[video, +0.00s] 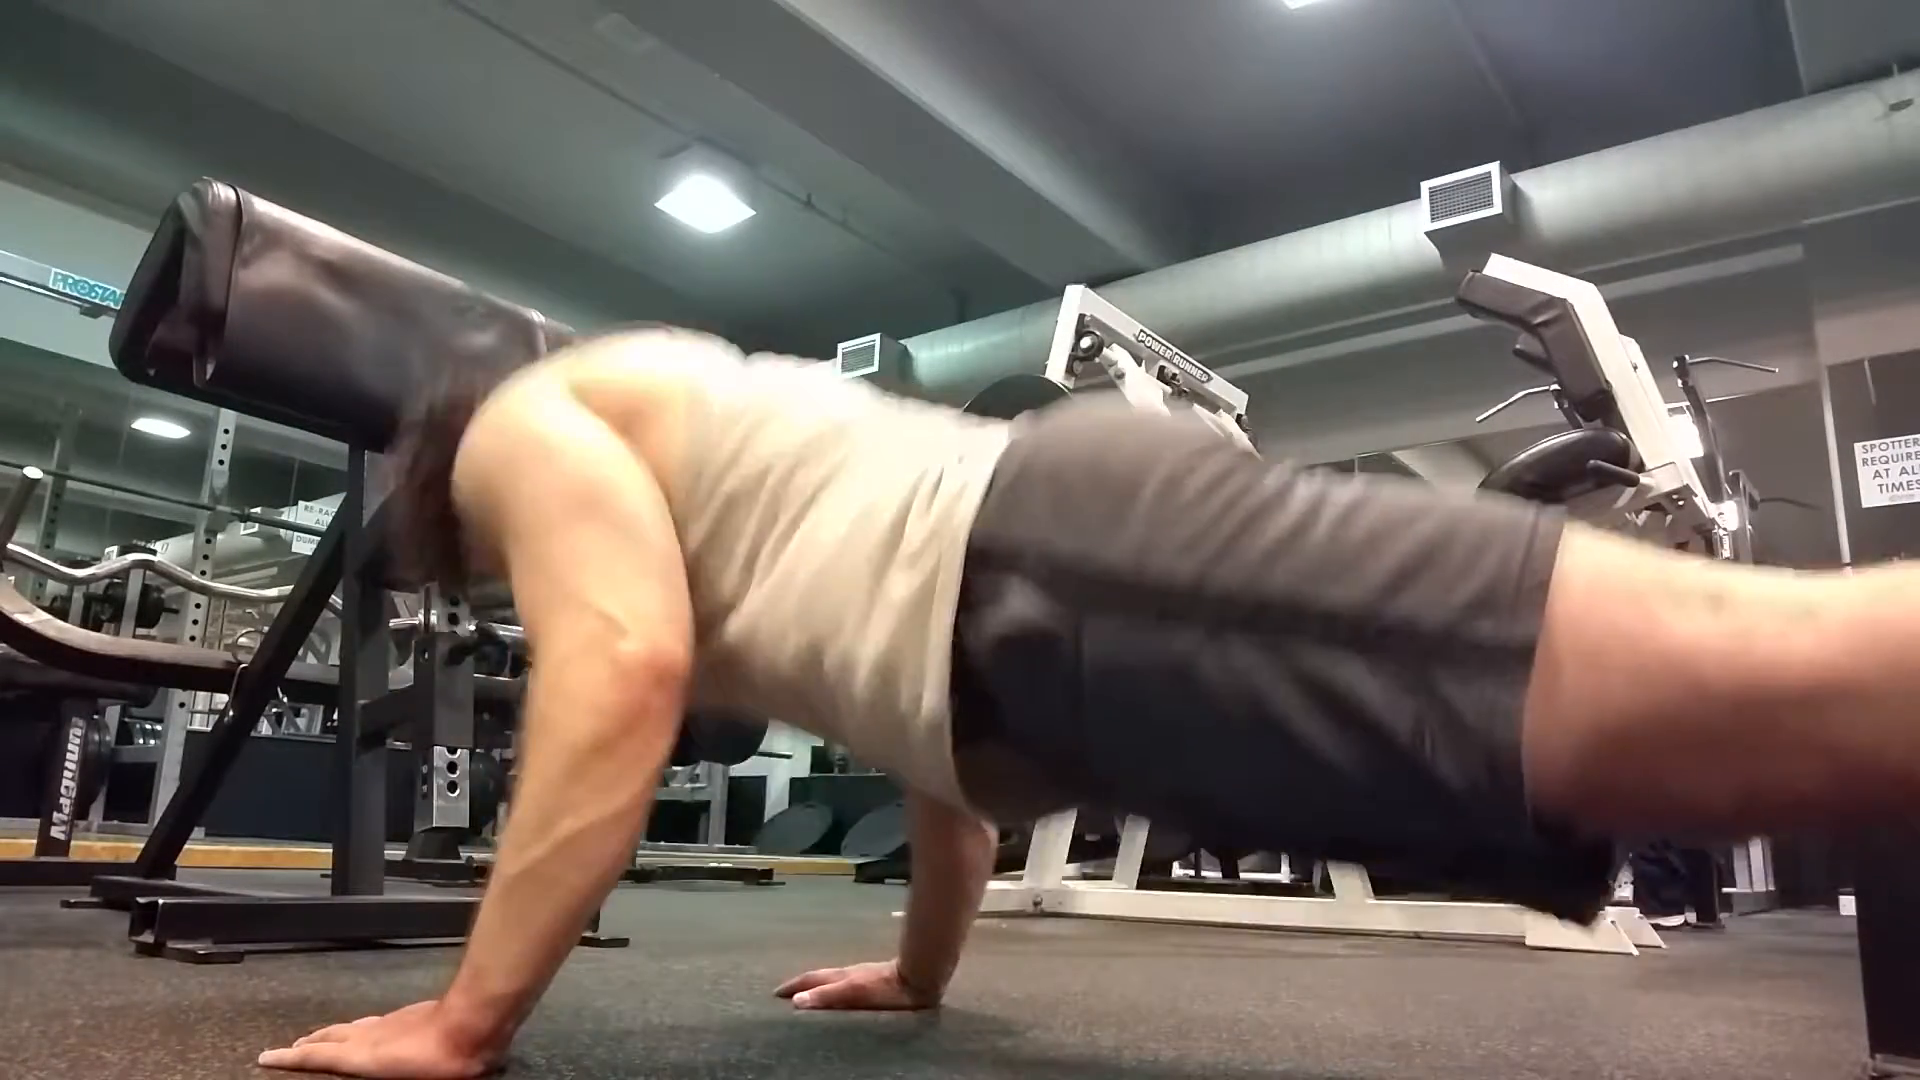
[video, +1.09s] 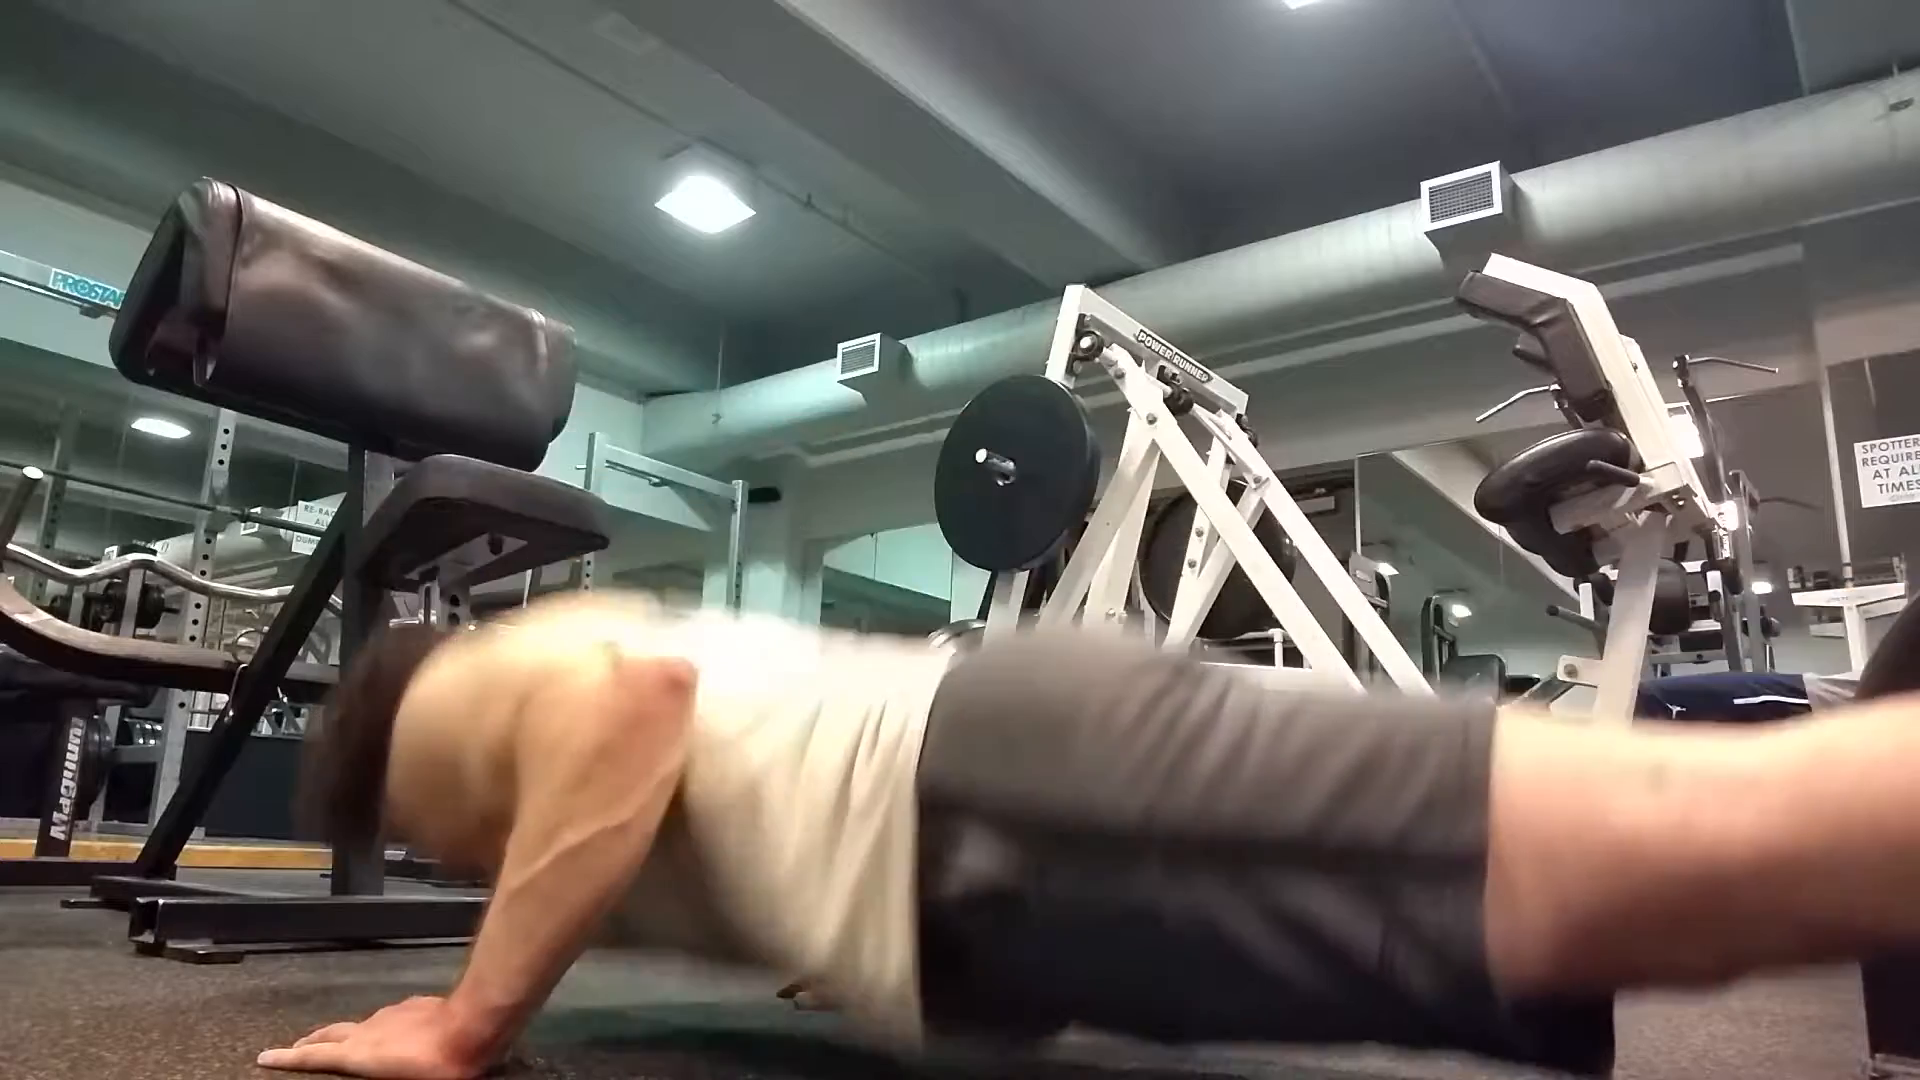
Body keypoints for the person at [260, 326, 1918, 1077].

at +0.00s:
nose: (407, 555)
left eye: (396, 513)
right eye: (395, 535)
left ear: (418, 429)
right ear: (523, 415)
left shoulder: (530, 413)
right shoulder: (712, 440)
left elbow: (619, 660)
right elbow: (941, 706)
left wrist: (463, 1021)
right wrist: (921, 969)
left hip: (1060, 559)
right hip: (1068, 610)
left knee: (1784, 692)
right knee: (1761, 734)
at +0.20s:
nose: (428, 804)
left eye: (404, 775)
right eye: (415, 794)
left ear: (401, 672)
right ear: (500, 587)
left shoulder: (452, 645)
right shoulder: (647, 604)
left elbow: (636, 710)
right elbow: (888, 716)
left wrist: (460, 1021)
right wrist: (920, 953)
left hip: (1006, 757)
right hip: (1026, 754)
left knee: (1677, 836)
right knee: (1676, 828)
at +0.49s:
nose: (444, 836)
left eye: (415, 805)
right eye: (429, 827)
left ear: (416, 672)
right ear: (513, 593)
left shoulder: (468, 655)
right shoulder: (660, 624)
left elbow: (640, 712)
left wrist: (464, 1018)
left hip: (1014, 766)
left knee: (1746, 832)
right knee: (1734, 841)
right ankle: (1870, 901)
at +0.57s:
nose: (427, 682)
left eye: (410, 643)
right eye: (417, 667)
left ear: (421, 574)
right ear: (519, 493)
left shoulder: (504, 538)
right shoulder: (666, 525)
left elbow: (639, 692)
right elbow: (905, 686)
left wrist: (466, 1023)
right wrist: (929, 946)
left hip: (1034, 662)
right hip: (1054, 690)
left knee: (1762, 768)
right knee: (1736, 781)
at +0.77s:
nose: (464, 563)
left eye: (443, 528)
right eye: (445, 558)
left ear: (455, 432)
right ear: (524, 454)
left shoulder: (556, 401)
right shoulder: (741, 465)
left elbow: (616, 667)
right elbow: (924, 724)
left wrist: (469, 1016)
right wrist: (923, 967)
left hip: (1063, 552)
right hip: (1080, 647)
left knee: (1751, 688)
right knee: (1732, 731)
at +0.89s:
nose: (449, 639)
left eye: (425, 603)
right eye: (432, 628)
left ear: (435, 523)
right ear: (541, 465)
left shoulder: (525, 489)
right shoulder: (722, 494)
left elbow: (641, 678)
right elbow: (965, 744)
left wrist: (466, 1015)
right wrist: (928, 974)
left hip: (1034, 624)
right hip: (1065, 640)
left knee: (1734, 737)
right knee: (1715, 768)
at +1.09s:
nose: (417, 829)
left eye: (396, 805)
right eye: (408, 815)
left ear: (397, 707)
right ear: (488, 624)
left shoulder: (457, 689)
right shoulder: (602, 674)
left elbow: (634, 699)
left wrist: (460, 1017)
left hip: (998, 806)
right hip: (1007, 817)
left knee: (1689, 860)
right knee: (1685, 849)